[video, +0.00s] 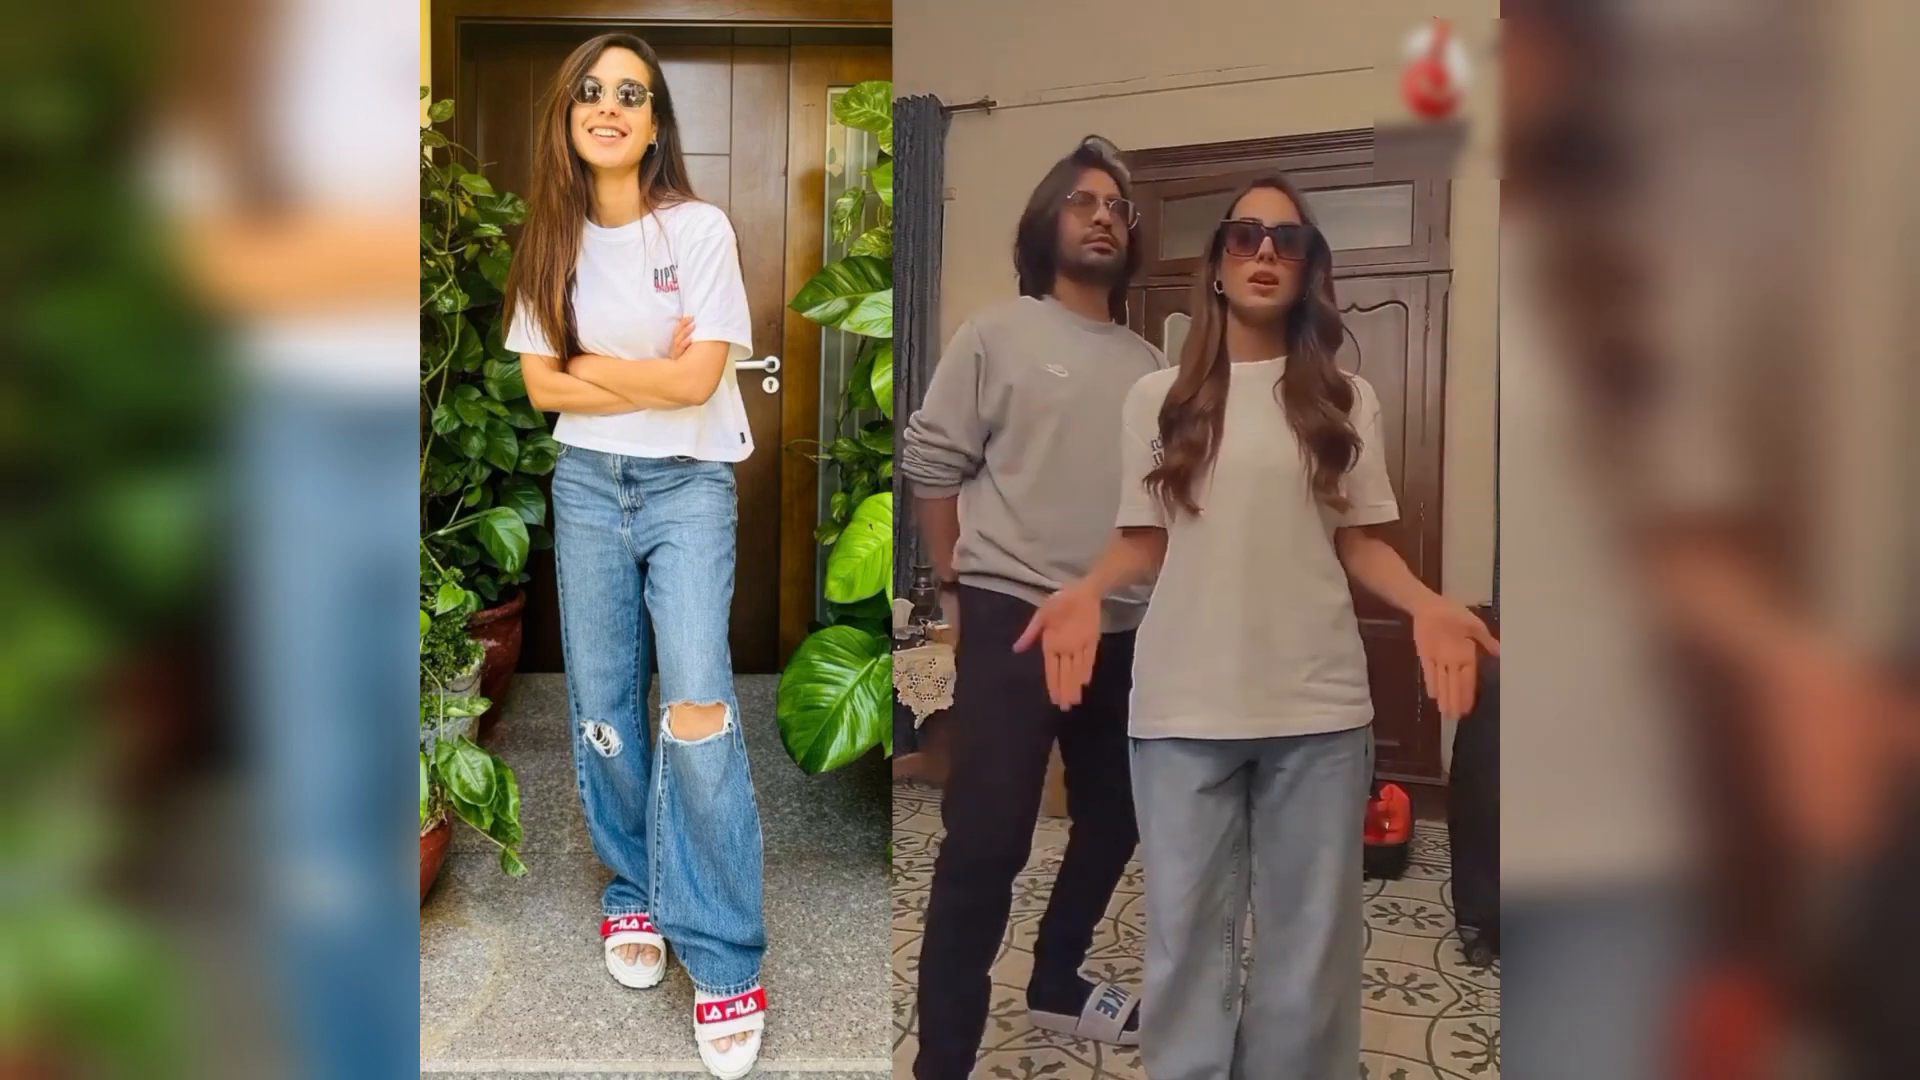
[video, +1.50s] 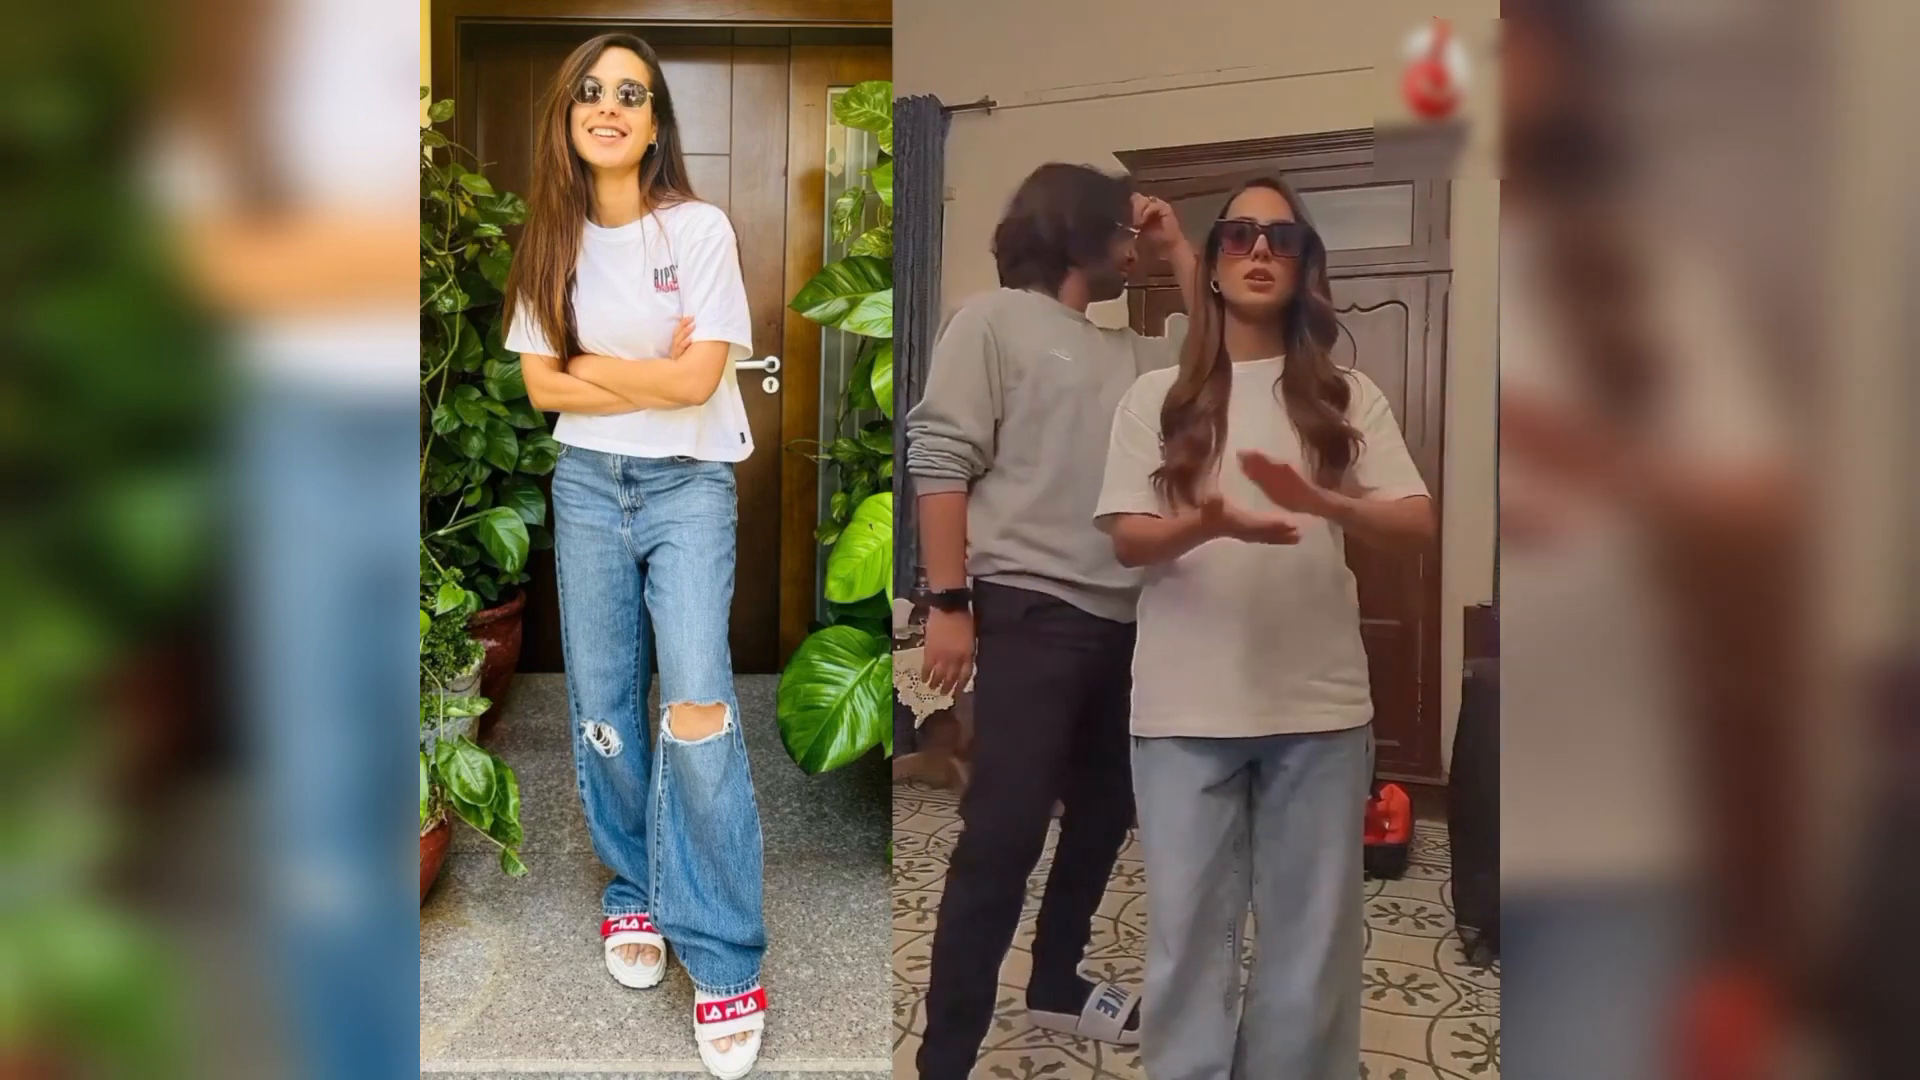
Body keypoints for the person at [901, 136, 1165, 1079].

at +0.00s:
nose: (1105, 218)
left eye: (1119, 207)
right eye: (1085, 204)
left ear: (1134, 233)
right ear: (1045, 225)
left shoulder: (1152, 361)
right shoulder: (994, 337)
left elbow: (1172, 496)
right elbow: (930, 464)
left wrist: (1162, 598)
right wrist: (952, 586)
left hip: (1124, 621)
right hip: (1009, 611)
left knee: (1112, 821)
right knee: (987, 840)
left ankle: (1057, 990)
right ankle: (942, 1062)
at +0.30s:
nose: (1105, 230)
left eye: (1114, 218)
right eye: (1084, 218)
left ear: (1128, 236)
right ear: (1044, 235)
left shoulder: (1147, 359)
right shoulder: (1007, 341)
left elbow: (1177, 488)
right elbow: (903, 447)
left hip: (1123, 614)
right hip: (1024, 598)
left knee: (1112, 813)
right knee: (992, 825)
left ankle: (1056, 991)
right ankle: (939, 1060)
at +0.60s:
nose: (1109, 231)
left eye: (1119, 222)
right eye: (1087, 222)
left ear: (1133, 249)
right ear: (1044, 250)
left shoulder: (1154, 372)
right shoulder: (1011, 346)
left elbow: (1185, 492)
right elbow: (950, 434)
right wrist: (869, 438)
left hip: (1127, 621)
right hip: (1025, 606)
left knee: (1118, 823)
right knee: (990, 830)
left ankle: (1056, 991)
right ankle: (941, 1060)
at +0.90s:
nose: (1135, 219)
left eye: (1136, 208)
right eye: (1115, 204)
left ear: (1129, 235)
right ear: (1063, 222)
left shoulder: (1136, 356)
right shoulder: (1007, 324)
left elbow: (1159, 493)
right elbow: (937, 454)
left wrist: (1173, 608)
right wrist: (914, 594)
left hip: (1121, 619)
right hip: (1023, 609)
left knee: (1107, 810)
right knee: (994, 831)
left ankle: (1057, 989)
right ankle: (945, 1059)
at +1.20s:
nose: (1135, 232)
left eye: (1137, 221)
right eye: (1120, 216)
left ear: (1126, 244)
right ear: (1065, 224)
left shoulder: (1128, 348)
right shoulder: (998, 311)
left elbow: (1199, 402)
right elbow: (934, 450)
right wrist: (941, 593)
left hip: (1119, 619)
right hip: (1023, 612)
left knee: (1091, 817)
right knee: (999, 838)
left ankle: (1056, 993)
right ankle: (947, 1062)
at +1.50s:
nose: (1129, 243)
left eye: (1130, 228)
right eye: (1120, 228)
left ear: (1057, 236)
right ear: (1081, 235)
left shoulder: (1125, 345)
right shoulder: (993, 321)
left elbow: (1212, 369)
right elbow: (941, 461)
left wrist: (1182, 263)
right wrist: (947, 602)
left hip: (1123, 621)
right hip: (1026, 614)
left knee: (1101, 814)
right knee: (1001, 836)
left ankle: (1055, 992)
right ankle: (946, 1058)